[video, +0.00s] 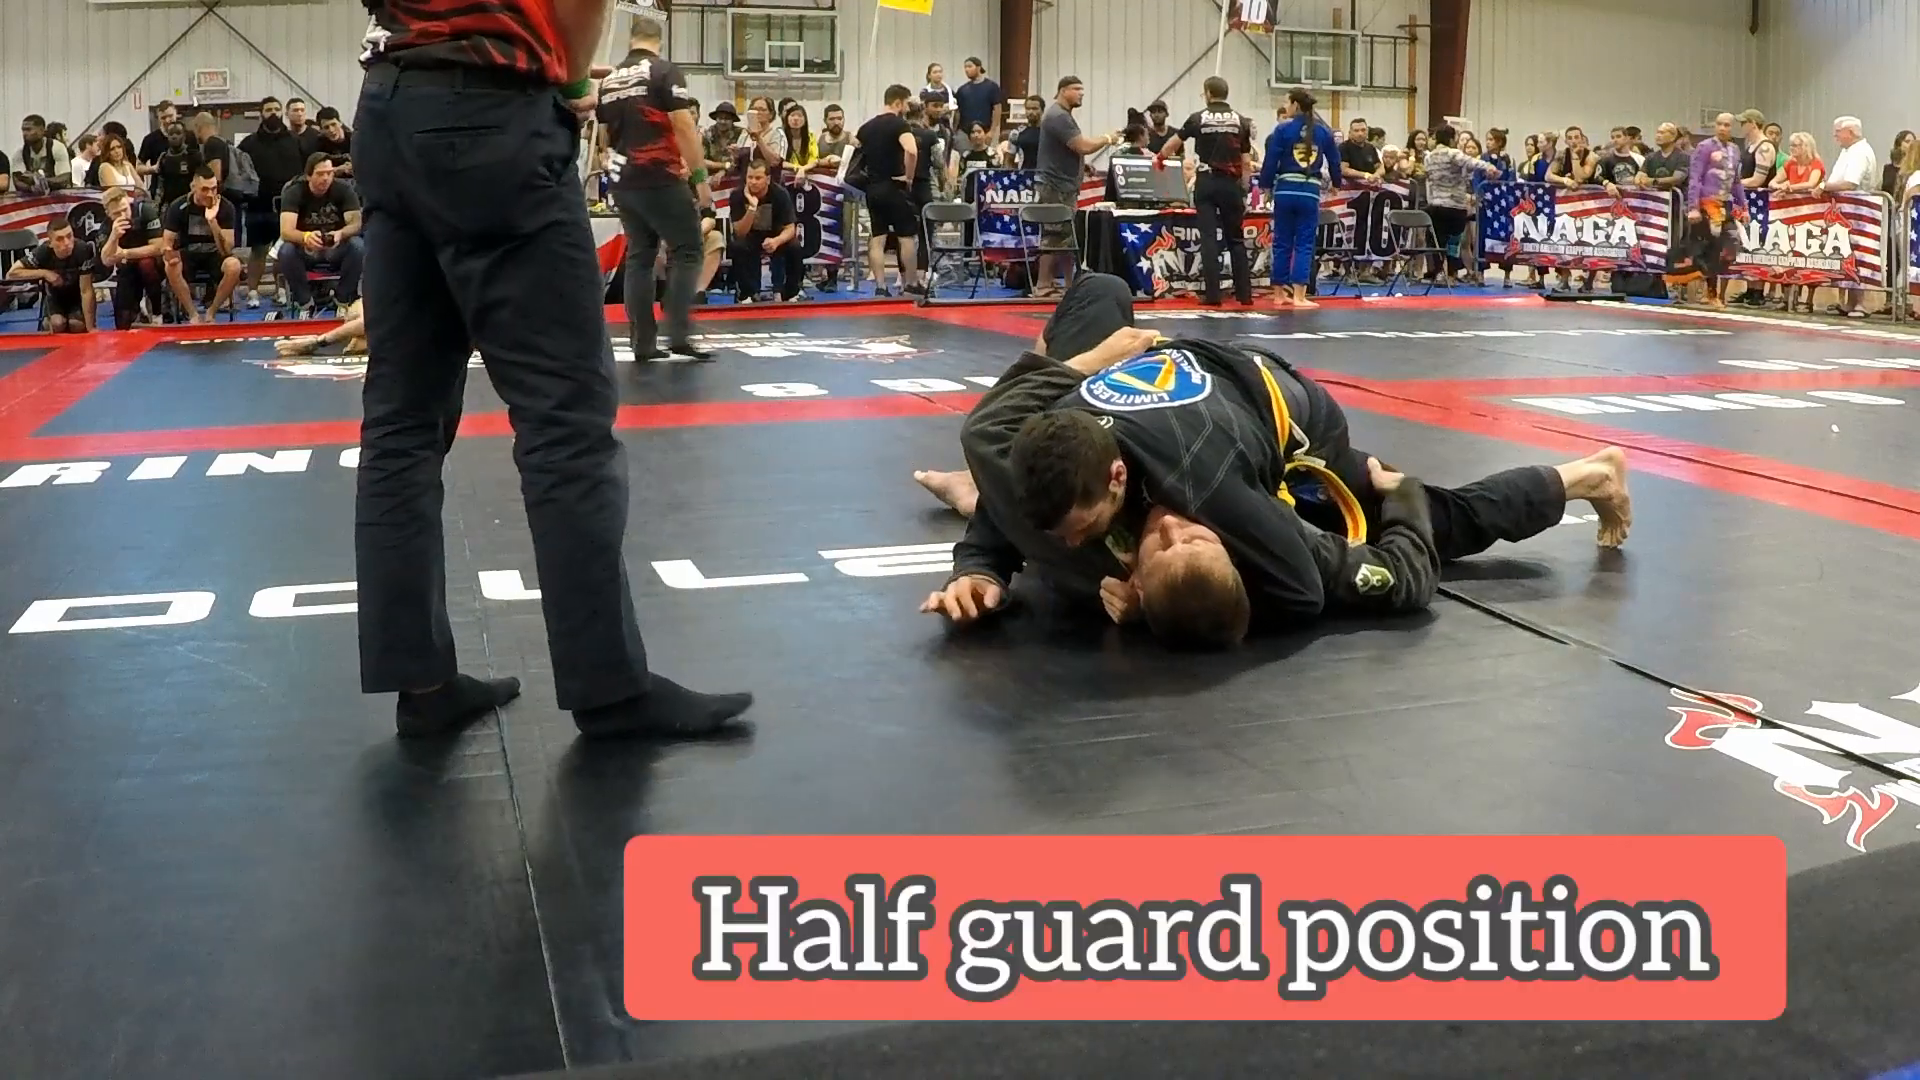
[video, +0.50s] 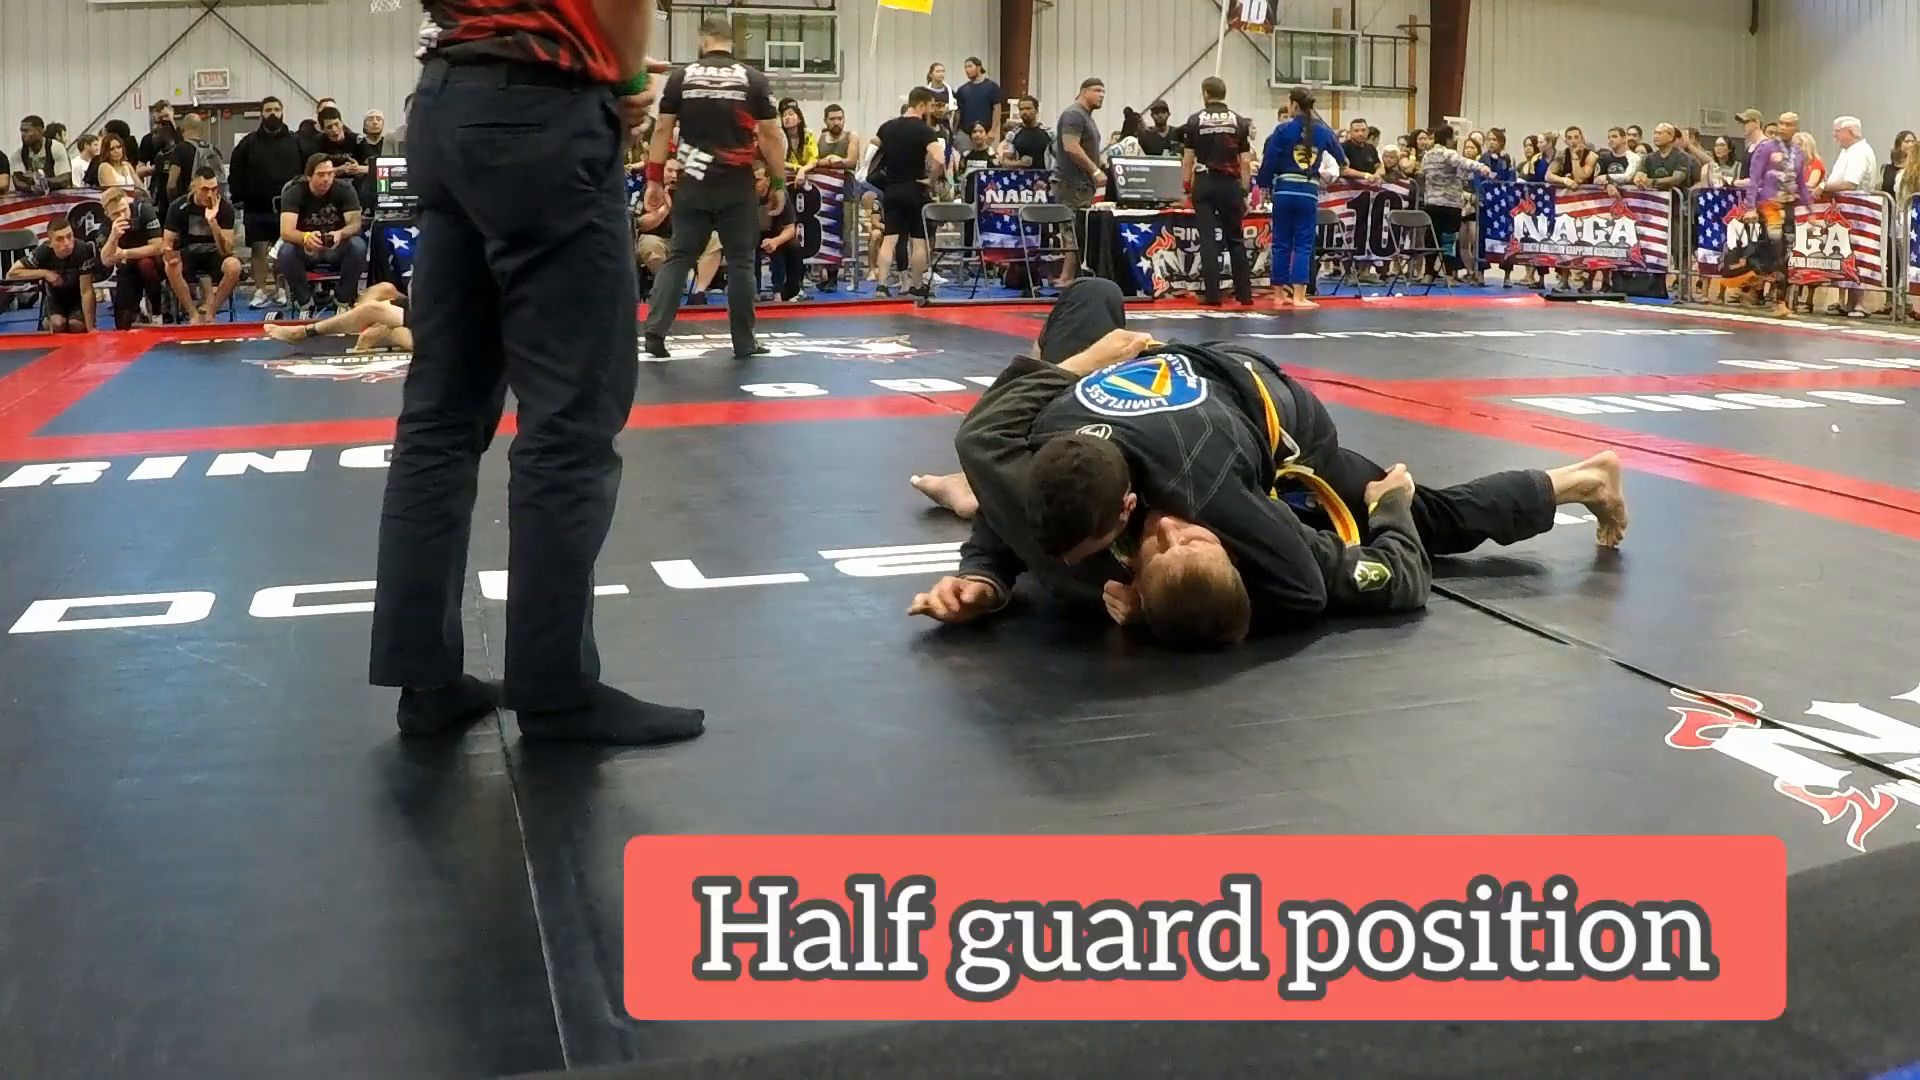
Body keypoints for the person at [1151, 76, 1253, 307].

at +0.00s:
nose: (1203, 95)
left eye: (1204, 92)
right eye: (1205, 92)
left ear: (1207, 94)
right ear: (1227, 94)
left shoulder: (1197, 119)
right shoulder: (1241, 121)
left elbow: (1170, 146)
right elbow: (1245, 159)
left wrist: (1160, 158)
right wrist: (1243, 185)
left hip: (1205, 181)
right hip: (1231, 183)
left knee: (1208, 238)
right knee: (1235, 239)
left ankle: (1212, 295)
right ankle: (1244, 295)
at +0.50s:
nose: (1202, 96)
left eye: (1202, 93)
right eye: (1205, 93)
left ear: (1205, 95)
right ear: (1224, 94)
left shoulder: (1195, 121)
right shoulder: (1240, 122)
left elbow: (1188, 158)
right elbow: (1245, 160)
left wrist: (1186, 183)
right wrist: (1244, 190)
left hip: (1203, 180)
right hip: (1230, 181)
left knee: (1207, 238)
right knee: (1236, 238)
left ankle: (1212, 294)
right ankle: (1244, 294)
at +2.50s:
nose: (1202, 96)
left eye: (1203, 93)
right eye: (1204, 93)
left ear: (1206, 94)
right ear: (1225, 93)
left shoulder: (1196, 118)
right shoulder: (1240, 120)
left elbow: (1186, 157)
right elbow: (1245, 160)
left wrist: (1185, 190)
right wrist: (1246, 192)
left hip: (1205, 180)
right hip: (1232, 181)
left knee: (1209, 239)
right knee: (1238, 238)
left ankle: (1213, 295)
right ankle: (1245, 294)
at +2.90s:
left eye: (1203, 92)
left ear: (1204, 94)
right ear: (1224, 93)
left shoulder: (1194, 119)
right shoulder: (1238, 120)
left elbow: (1188, 157)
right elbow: (1245, 159)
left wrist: (1186, 189)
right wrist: (1246, 191)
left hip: (1203, 180)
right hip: (1231, 181)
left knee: (1208, 239)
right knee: (1237, 238)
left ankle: (1212, 295)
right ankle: (1245, 294)